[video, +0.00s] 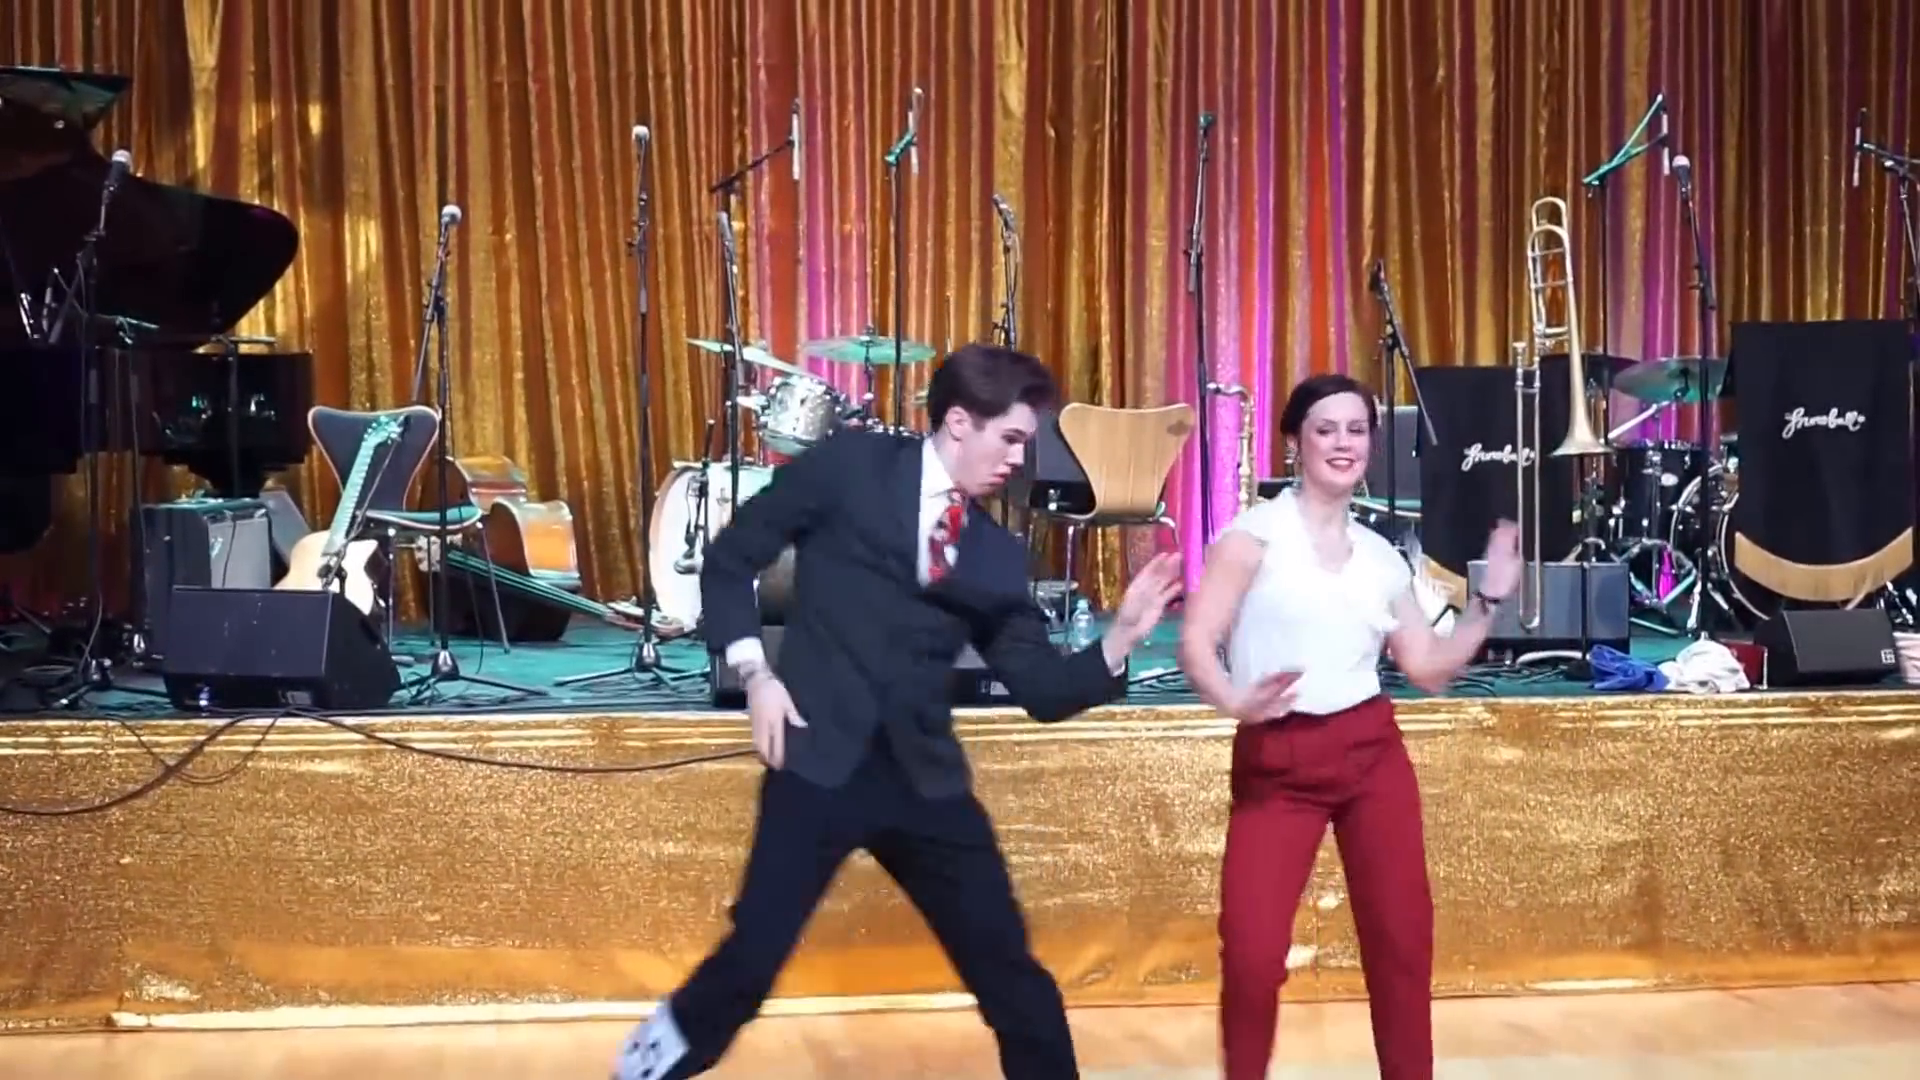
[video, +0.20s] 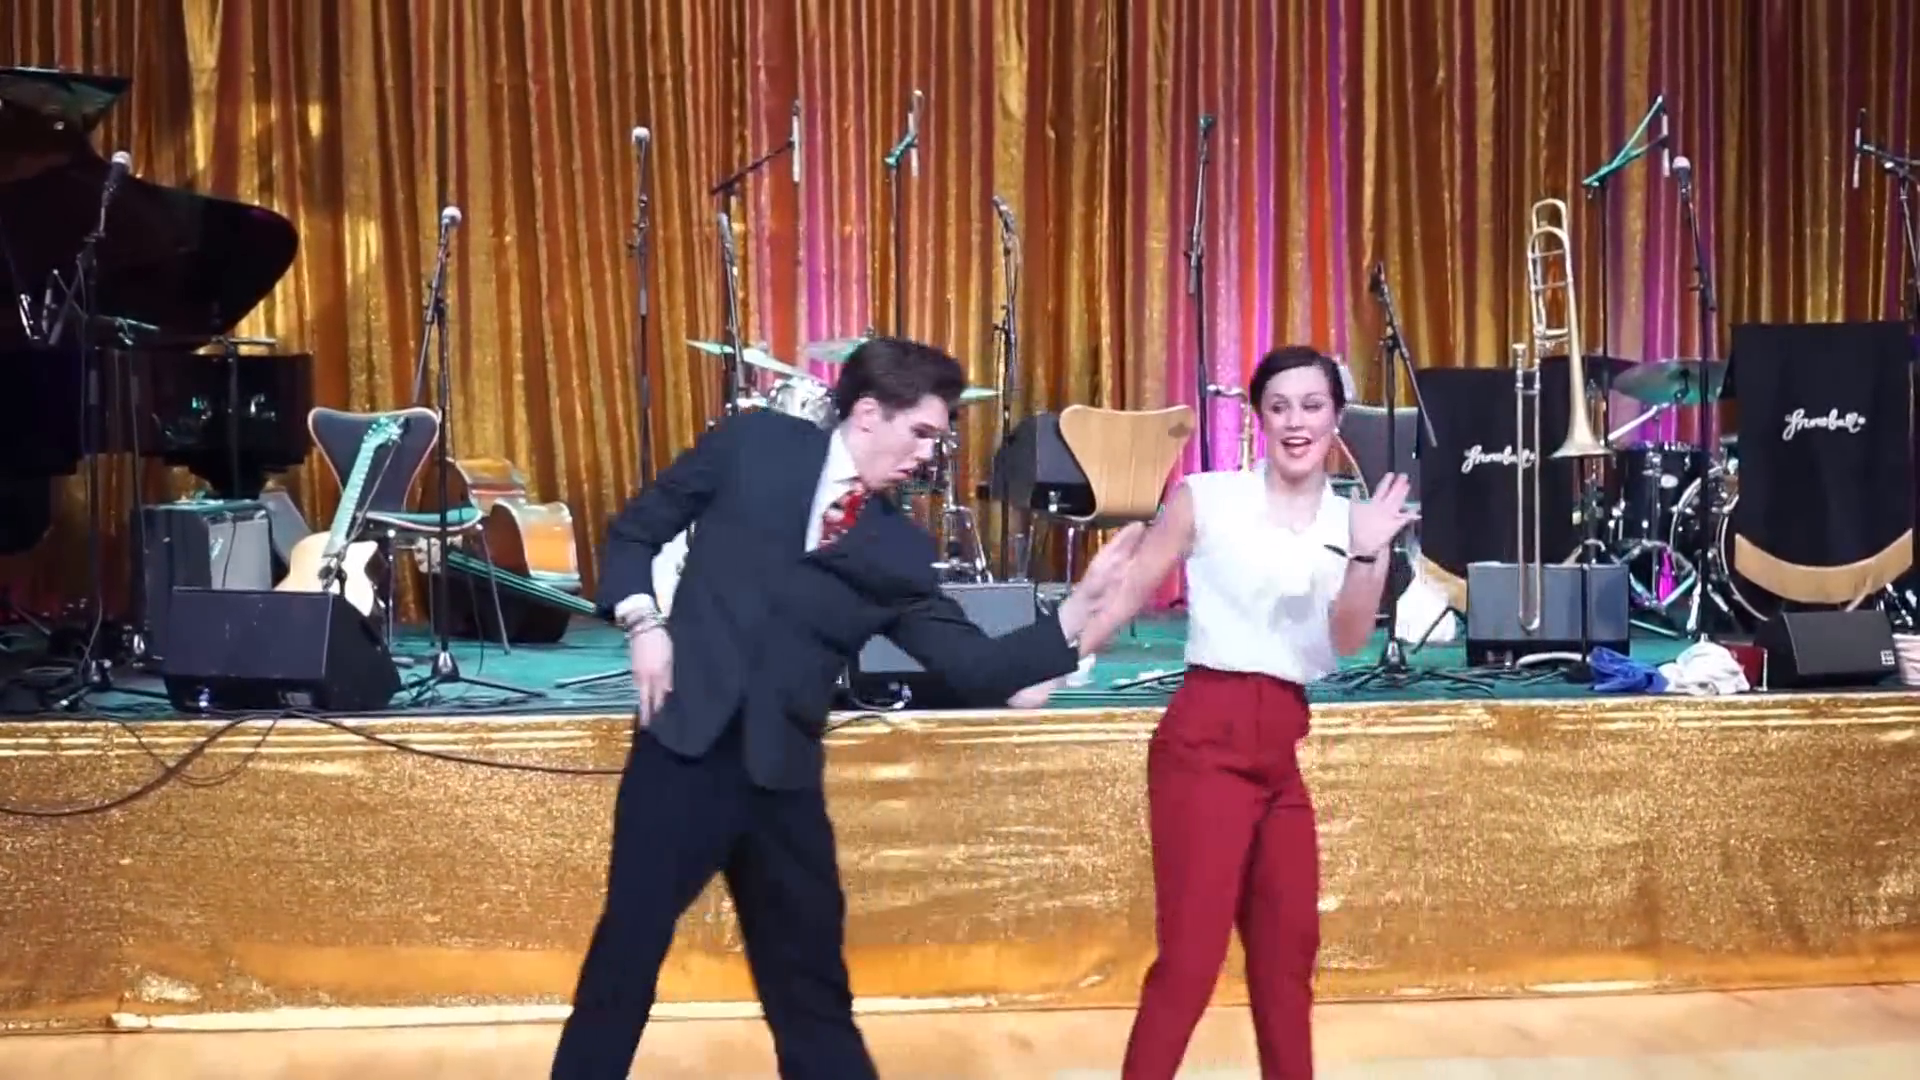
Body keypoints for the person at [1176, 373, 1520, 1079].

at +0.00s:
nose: (1343, 444)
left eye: (1357, 431)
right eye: (1326, 430)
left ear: (1370, 446)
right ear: (1295, 443)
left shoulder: (1381, 558)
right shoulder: (1251, 539)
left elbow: (1429, 668)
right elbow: (1196, 643)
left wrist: (1488, 600)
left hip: (1373, 759)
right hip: (1277, 764)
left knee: (1403, 950)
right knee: (1250, 960)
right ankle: (1244, 1079)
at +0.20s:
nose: (1295, 422)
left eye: (1312, 406)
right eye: (1278, 408)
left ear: (1336, 418)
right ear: (1257, 420)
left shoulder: (1350, 519)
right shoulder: (1203, 500)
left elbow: (1347, 640)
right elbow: (1120, 598)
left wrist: (1369, 551)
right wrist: (1043, 670)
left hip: (1281, 752)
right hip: (1204, 743)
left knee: (1287, 973)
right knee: (1189, 967)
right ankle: (1141, 1078)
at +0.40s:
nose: (1241, 435)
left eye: (1259, 418)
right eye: (1228, 418)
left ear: (1292, 428)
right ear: (1213, 425)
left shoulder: (1309, 535)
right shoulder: (1159, 497)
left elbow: (1328, 651)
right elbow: (1063, 557)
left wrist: (1330, 597)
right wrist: (959, 607)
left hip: (1223, 760)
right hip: (1141, 745)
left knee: (1245, 976)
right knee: (1115, 970)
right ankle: (1089, 1077)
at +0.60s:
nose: (1200, 462)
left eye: (1219, 447)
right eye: (1187, 443)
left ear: (1247, 445)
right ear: (1167, 436)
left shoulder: (1275, 555)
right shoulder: (1108, 525)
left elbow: (1290, 689)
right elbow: (1025, 612)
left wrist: (1326, 799)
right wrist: (964, 539)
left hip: (1193, 772)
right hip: (1089, 759)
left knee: (1220, 979)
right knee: (1075, 979)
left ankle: (1225, 1072)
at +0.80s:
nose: (1197, 478)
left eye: (1214, 462)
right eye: (1183, 459)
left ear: (1235, 457)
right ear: (1156, 447)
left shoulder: (1240, 546)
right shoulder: (1114, 540)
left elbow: (1261, 630)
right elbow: (1119, 678)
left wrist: (1344, 611)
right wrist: (1193, 721)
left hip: (1194, 793)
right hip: (1099, 782)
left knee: (1090, 980)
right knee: (1080, 986)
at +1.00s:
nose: (1239, 487)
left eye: (1255, 471)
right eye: (1223, 468)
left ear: (1274, 468)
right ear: (1190, 458)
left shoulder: (1289, 557)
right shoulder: (1127, 555)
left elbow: (1405, 625)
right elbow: (1068, 666)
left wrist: (1434, 528)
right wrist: (1041, 791)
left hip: (1250, 801)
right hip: (1150, 796)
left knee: (1207, 1008)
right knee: (1171, 994)